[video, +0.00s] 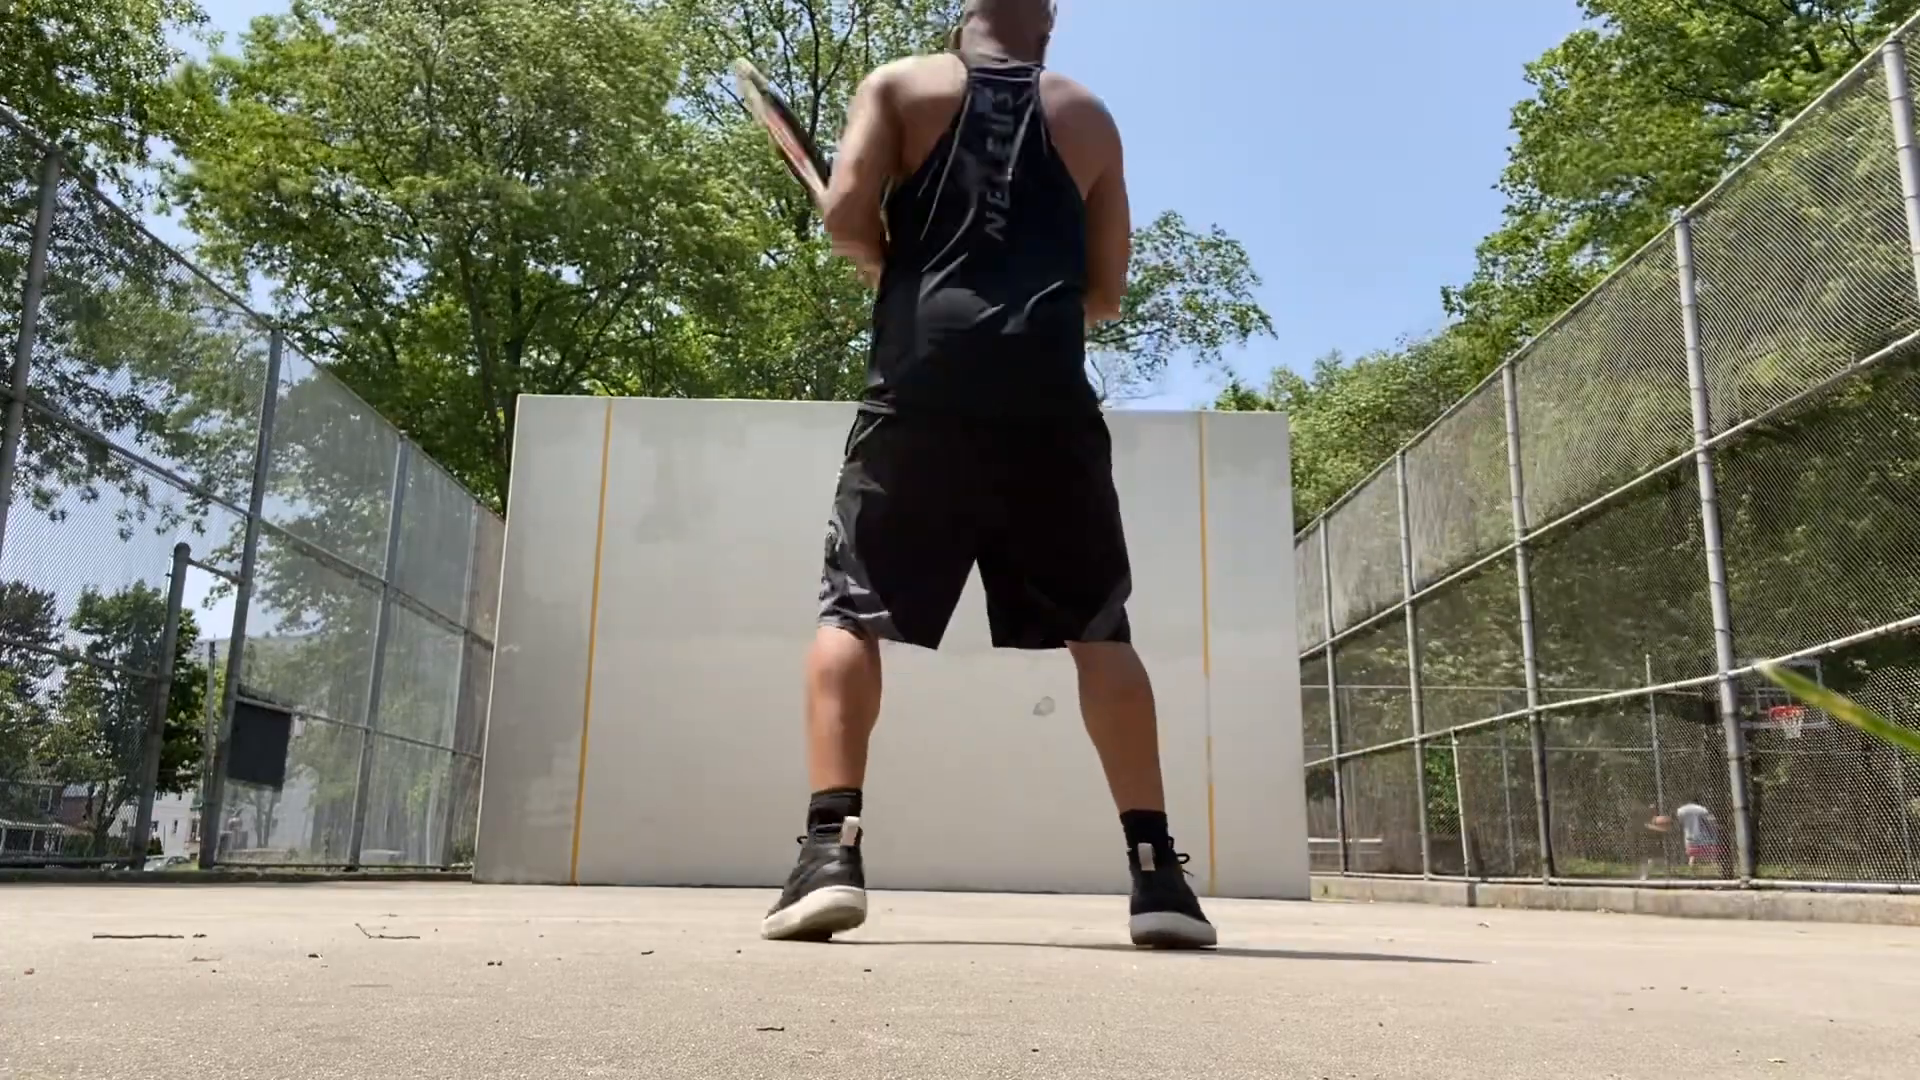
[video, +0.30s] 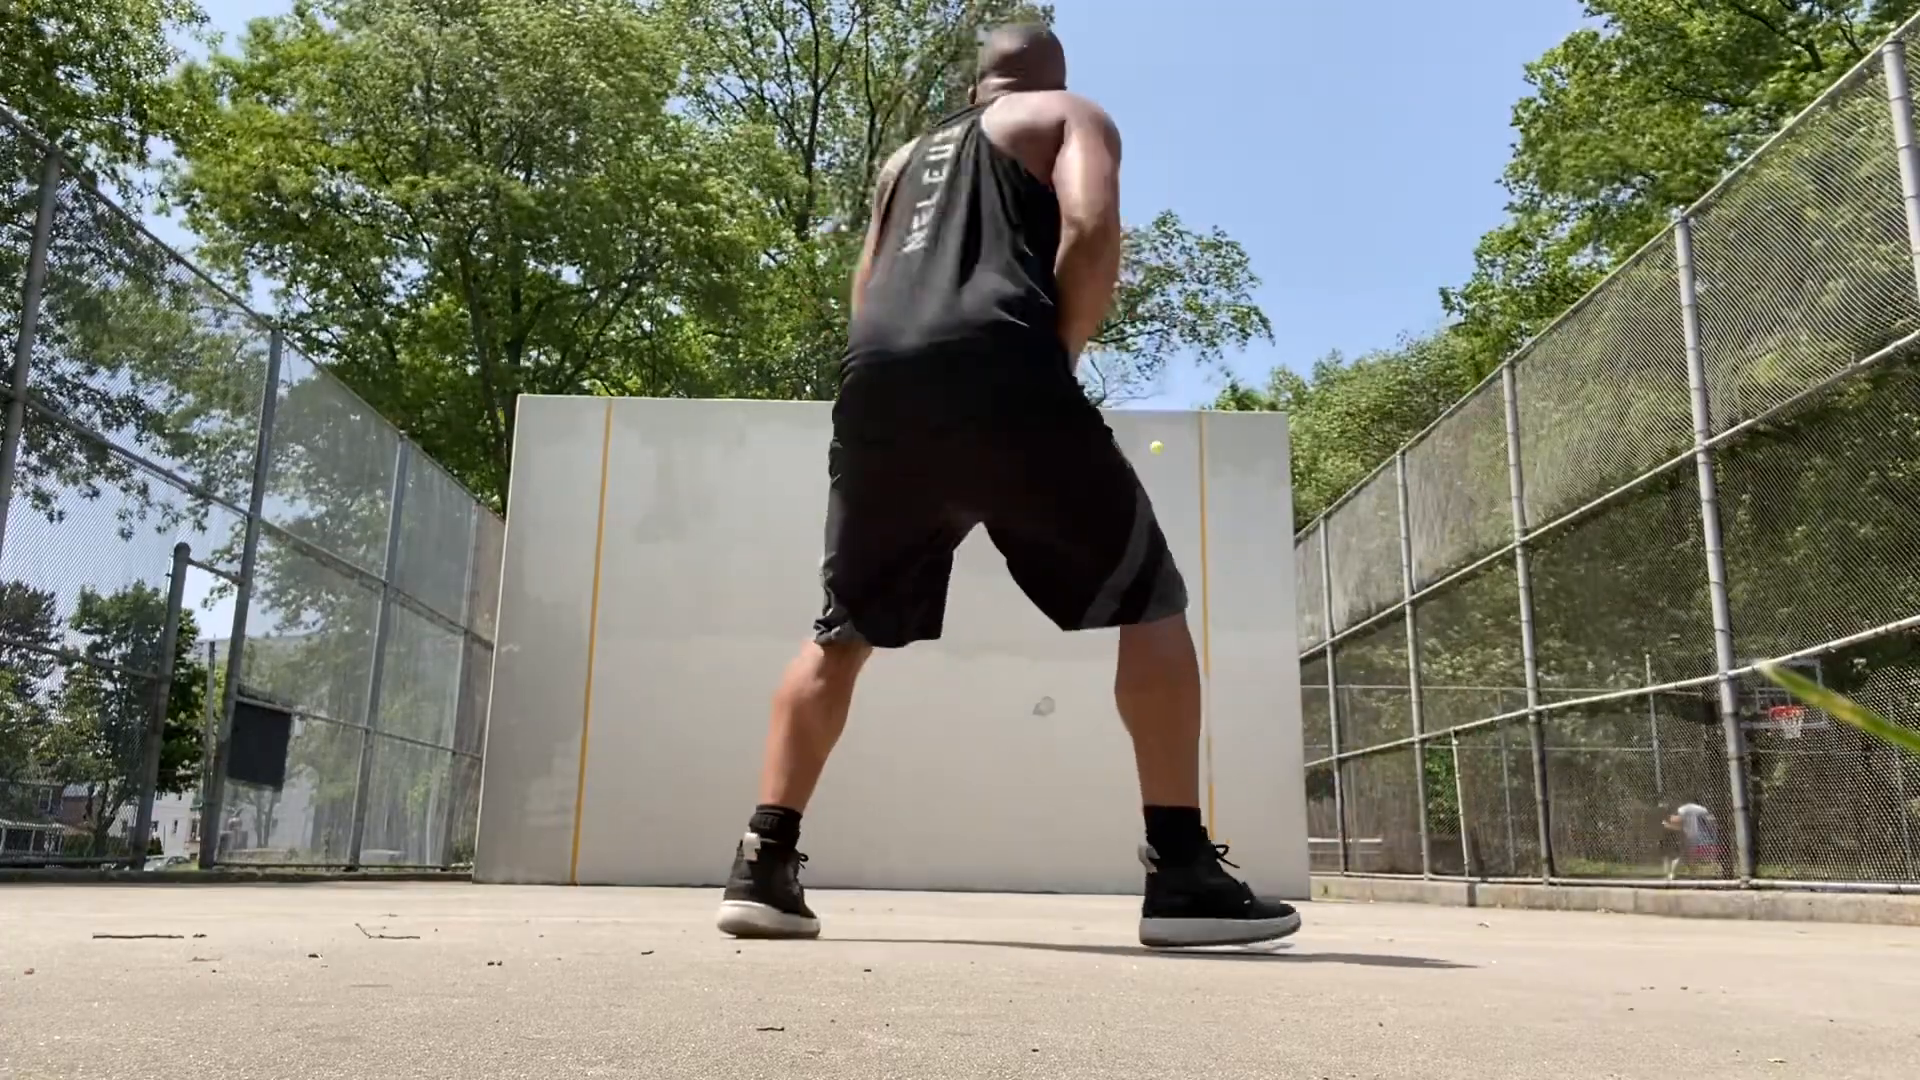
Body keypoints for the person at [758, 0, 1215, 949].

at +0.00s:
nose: (1044, 26)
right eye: (1049, 21)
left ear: (962, 21)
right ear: (1046, 27)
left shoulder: (896, 86)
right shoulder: (1087, 117)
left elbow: (846, 214)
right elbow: (1104, 291)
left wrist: (895, 267)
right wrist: (1021, 302)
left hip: (919, 403)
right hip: (1051, 412)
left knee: (853, 613)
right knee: (1101, 634)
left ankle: (829, 855)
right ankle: (1158, 877)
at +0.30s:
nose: (1061, 83)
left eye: (1047, 74)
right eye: (1060, 75)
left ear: (977, 83)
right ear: (1054, 75)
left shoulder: (901, 161)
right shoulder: (1071, 113)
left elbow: (866, 300)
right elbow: (1090, 226)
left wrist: (905, 381)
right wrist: (1054, 367)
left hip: (879, 387)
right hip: (1009, 377)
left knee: (837, 634)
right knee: (1149, 604)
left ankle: (763, 863)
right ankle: (1183, 872)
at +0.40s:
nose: (1099, 51)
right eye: (1096, 42)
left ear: (1008, 51)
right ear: (1081, 43)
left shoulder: (935, 144)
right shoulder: (1094, 82)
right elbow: (1132, 170)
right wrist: (1113, 328)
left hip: (904, 398)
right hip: (1037, 391)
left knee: (857, 636)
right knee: (1189, 611)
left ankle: (765, 867)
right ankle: (1227, 850)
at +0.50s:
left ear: (1062, 11)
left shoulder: (999, 86)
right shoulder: (1161, 18)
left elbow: (1019, 234)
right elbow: (1241, 80)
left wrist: (1186, 311)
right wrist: (1210, 251)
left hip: (968, 339)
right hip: (1098, 328)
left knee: (902, 613)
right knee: (1234, 594)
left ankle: (781, 857)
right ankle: (1235, 874)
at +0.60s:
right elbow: (1388, 7)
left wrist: (1307, 204)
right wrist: (1353, 147)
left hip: (1033, 278)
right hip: (1172, 269)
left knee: (1004, 576)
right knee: (1274, 564)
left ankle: (908, 845)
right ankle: (1246, 875)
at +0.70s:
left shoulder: (1123, 28)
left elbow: (1235, 172)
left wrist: (1390, 141)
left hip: (1088, 212)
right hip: (1242, 193)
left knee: (1138, 551)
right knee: (1366, 521)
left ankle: (1098, 828)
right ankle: (1294, 846)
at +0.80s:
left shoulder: (1196, 22)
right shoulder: (1409, 7)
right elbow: (1442, 120)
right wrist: (1430, 231)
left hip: (1184, 213)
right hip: (1349, 175)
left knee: (1200, 564)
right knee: (1537, 487)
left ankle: (1121, 856)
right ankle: (1559, 821)